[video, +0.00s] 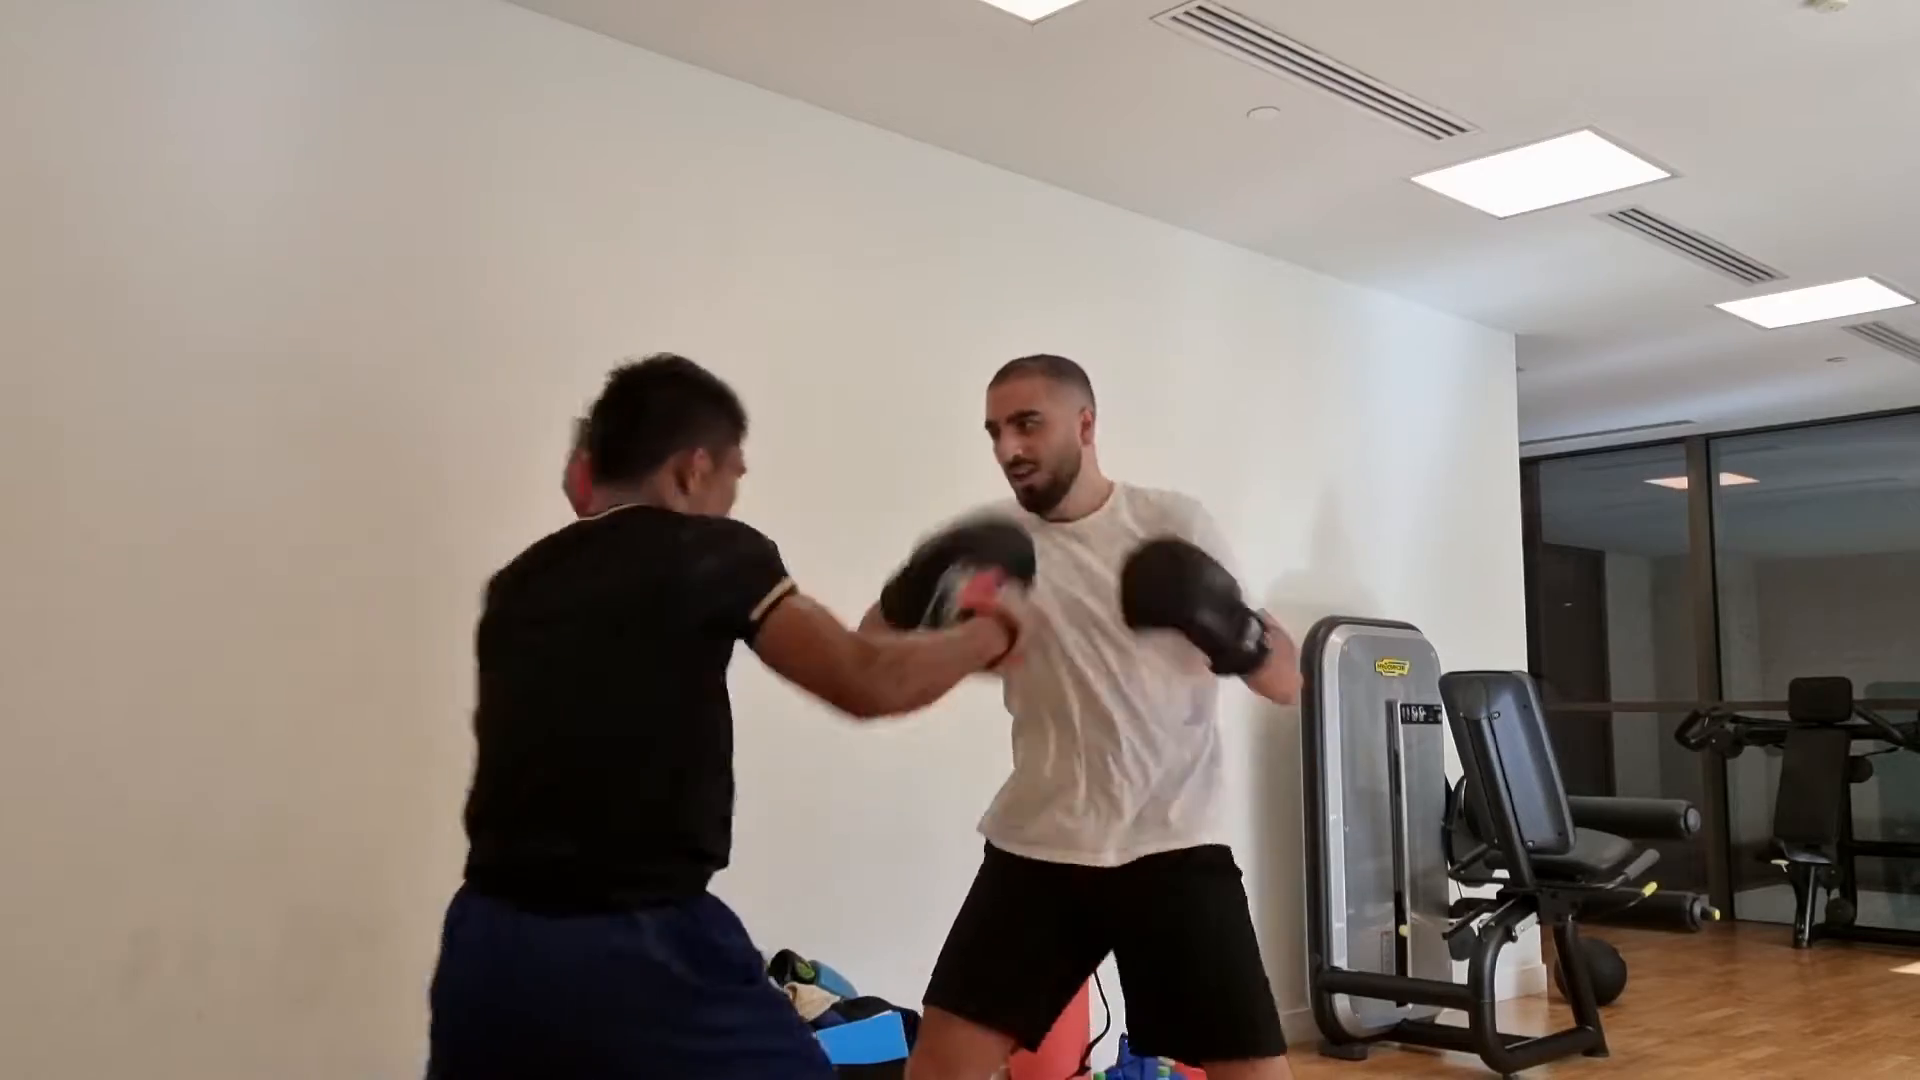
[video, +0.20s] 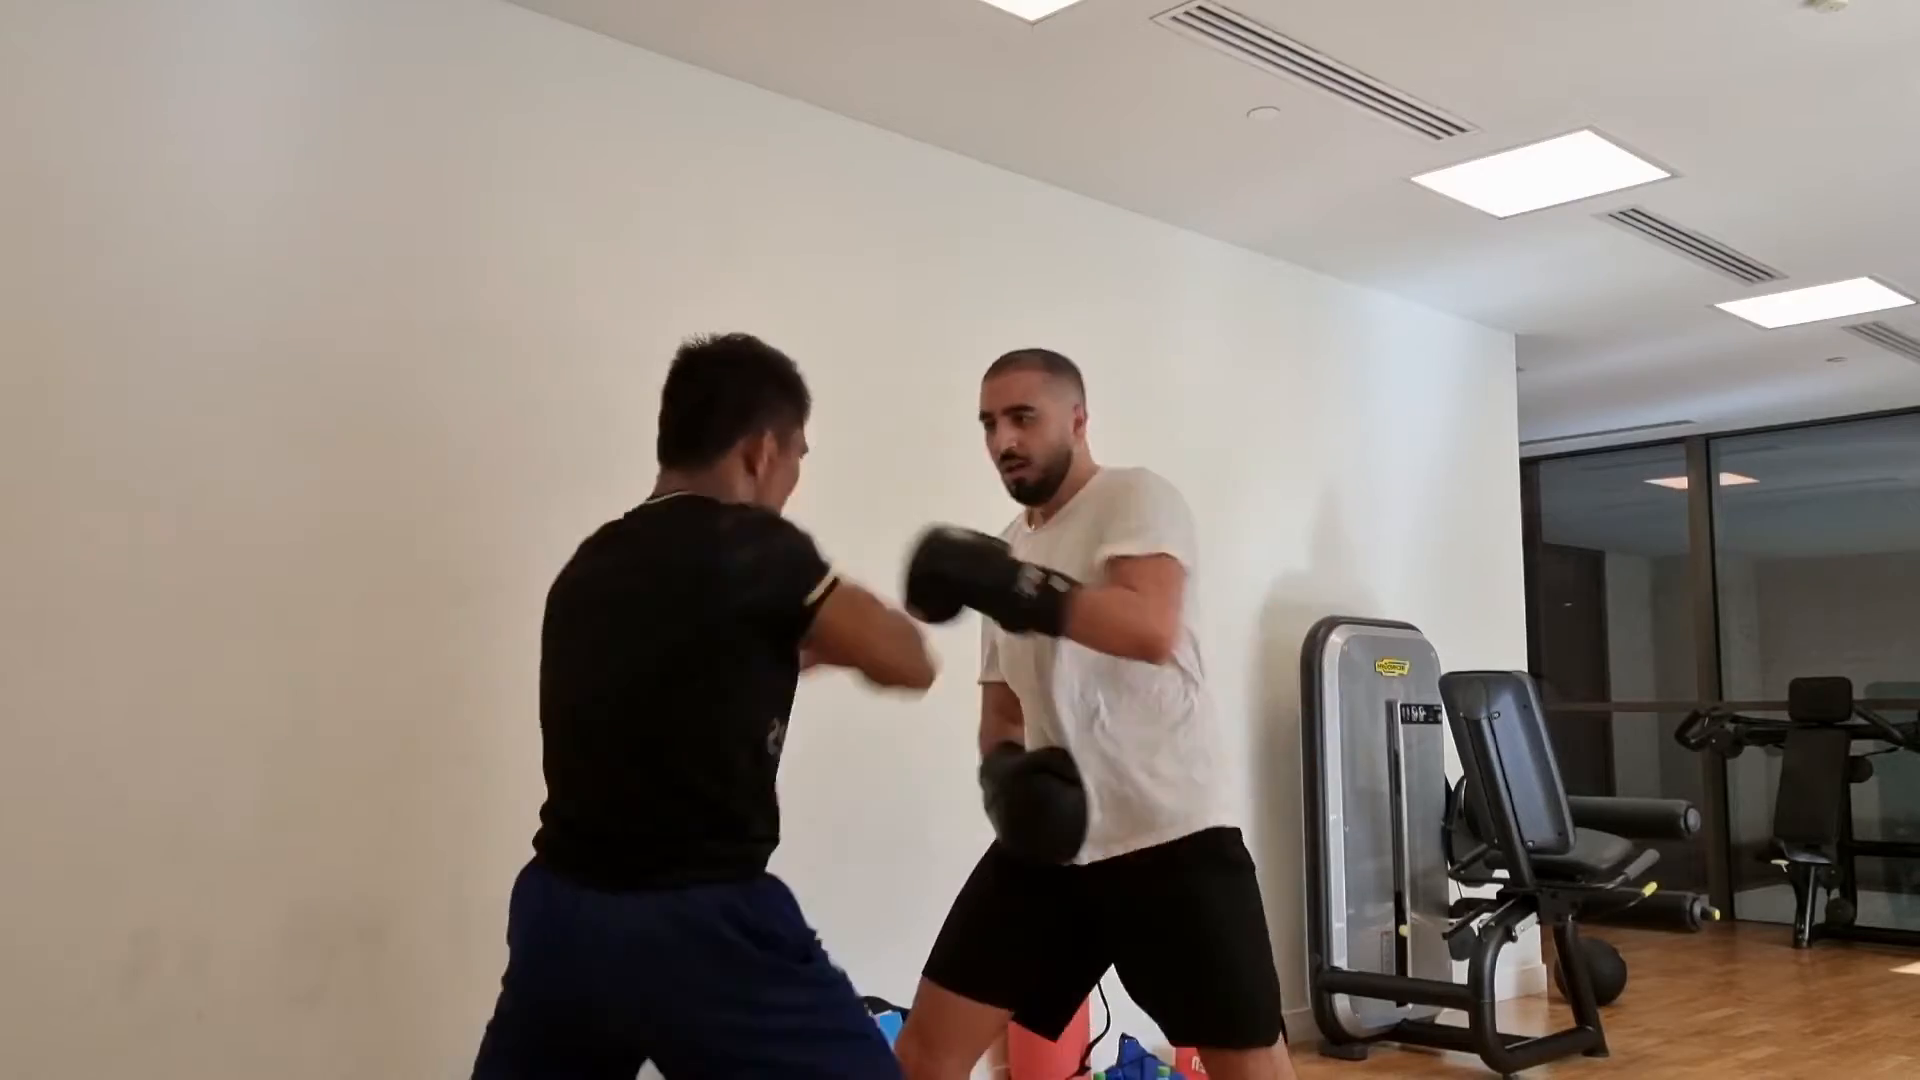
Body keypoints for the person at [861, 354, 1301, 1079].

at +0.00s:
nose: (1009, 447)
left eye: (1028, 423)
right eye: (997, 430)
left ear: (1085, 424)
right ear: (989, 441)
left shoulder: (1175, 526)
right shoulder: (991, 551)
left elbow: (1288, 681)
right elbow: (866, 665)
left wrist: (1224, 620)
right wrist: (912, 596)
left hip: (1177, 857)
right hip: (1037, 858)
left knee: (1254, 1071)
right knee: (944, 1063)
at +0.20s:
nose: (1003, 440)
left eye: (1022, 418)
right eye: (990, 424)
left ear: (1078, 419)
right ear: (982, 435)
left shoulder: (1139, 497)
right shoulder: (1006, 558)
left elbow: (1151, 625)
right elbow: (1001, 711)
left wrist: (1016, 589)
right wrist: (1010, 771)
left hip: (1175, 848)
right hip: (1046, 857)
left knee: (1253, 1070)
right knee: (926, 1058)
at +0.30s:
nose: (1071, 419)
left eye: (1092, 398)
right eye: (1054, 404)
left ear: (1138, 411)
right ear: (1041, 423)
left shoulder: (1212, 526)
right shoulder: (998, 548)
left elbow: (1280, 692)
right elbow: (983, 719)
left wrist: (1169, 663)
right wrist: (1067, 786)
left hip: (1198, 853)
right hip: (1044, 856)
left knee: (1277, 1063)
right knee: (948, 1061)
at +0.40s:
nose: (1143, 431)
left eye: (1165, 412)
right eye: (1123, 414)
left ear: (1202, 434)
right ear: (1103, 436)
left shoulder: (1237, 561)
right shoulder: (1056, 537)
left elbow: (1270, 737)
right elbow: (995, 711)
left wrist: (1225, 707)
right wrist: (1104, 794)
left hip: (1204, 865)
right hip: (1056, 866)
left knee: (1298, 1066)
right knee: (966, 1070)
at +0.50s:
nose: (1114, 418)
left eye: (1138, 400)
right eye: (1099, 402)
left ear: (1180, 422)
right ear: (1083, 421)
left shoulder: (1235, 546)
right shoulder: (1028, 532)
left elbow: (1279, 720)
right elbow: (991, 709)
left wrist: (1191, 694)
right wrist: (1081, 787)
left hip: (1208, 854)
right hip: (1054, 856)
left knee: (1292, 1064)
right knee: (961, 1067)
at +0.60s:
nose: (1014, 425)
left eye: (1034, 403)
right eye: (1002, 413)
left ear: (1092, 410)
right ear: (996, 432)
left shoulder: (1163, 520)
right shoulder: (1002, 567)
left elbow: (1234, 680)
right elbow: (1005, 701)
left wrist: (1089, 675)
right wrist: (1035, 778)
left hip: (1199, 846)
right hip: (1059, 849)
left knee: (1273, 1068)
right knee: (941, 1056)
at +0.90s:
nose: (891, 685)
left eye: (894, 653)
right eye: (878, 664)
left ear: (958, 621)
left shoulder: (1095, 671)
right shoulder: (952, 712)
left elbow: (1243, 786)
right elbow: (1028, 812)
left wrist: (1102, 824)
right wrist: (1030, 881)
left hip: (1206, 877)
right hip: (1078, 892)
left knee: (1254, 1069)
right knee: (939, 1043)